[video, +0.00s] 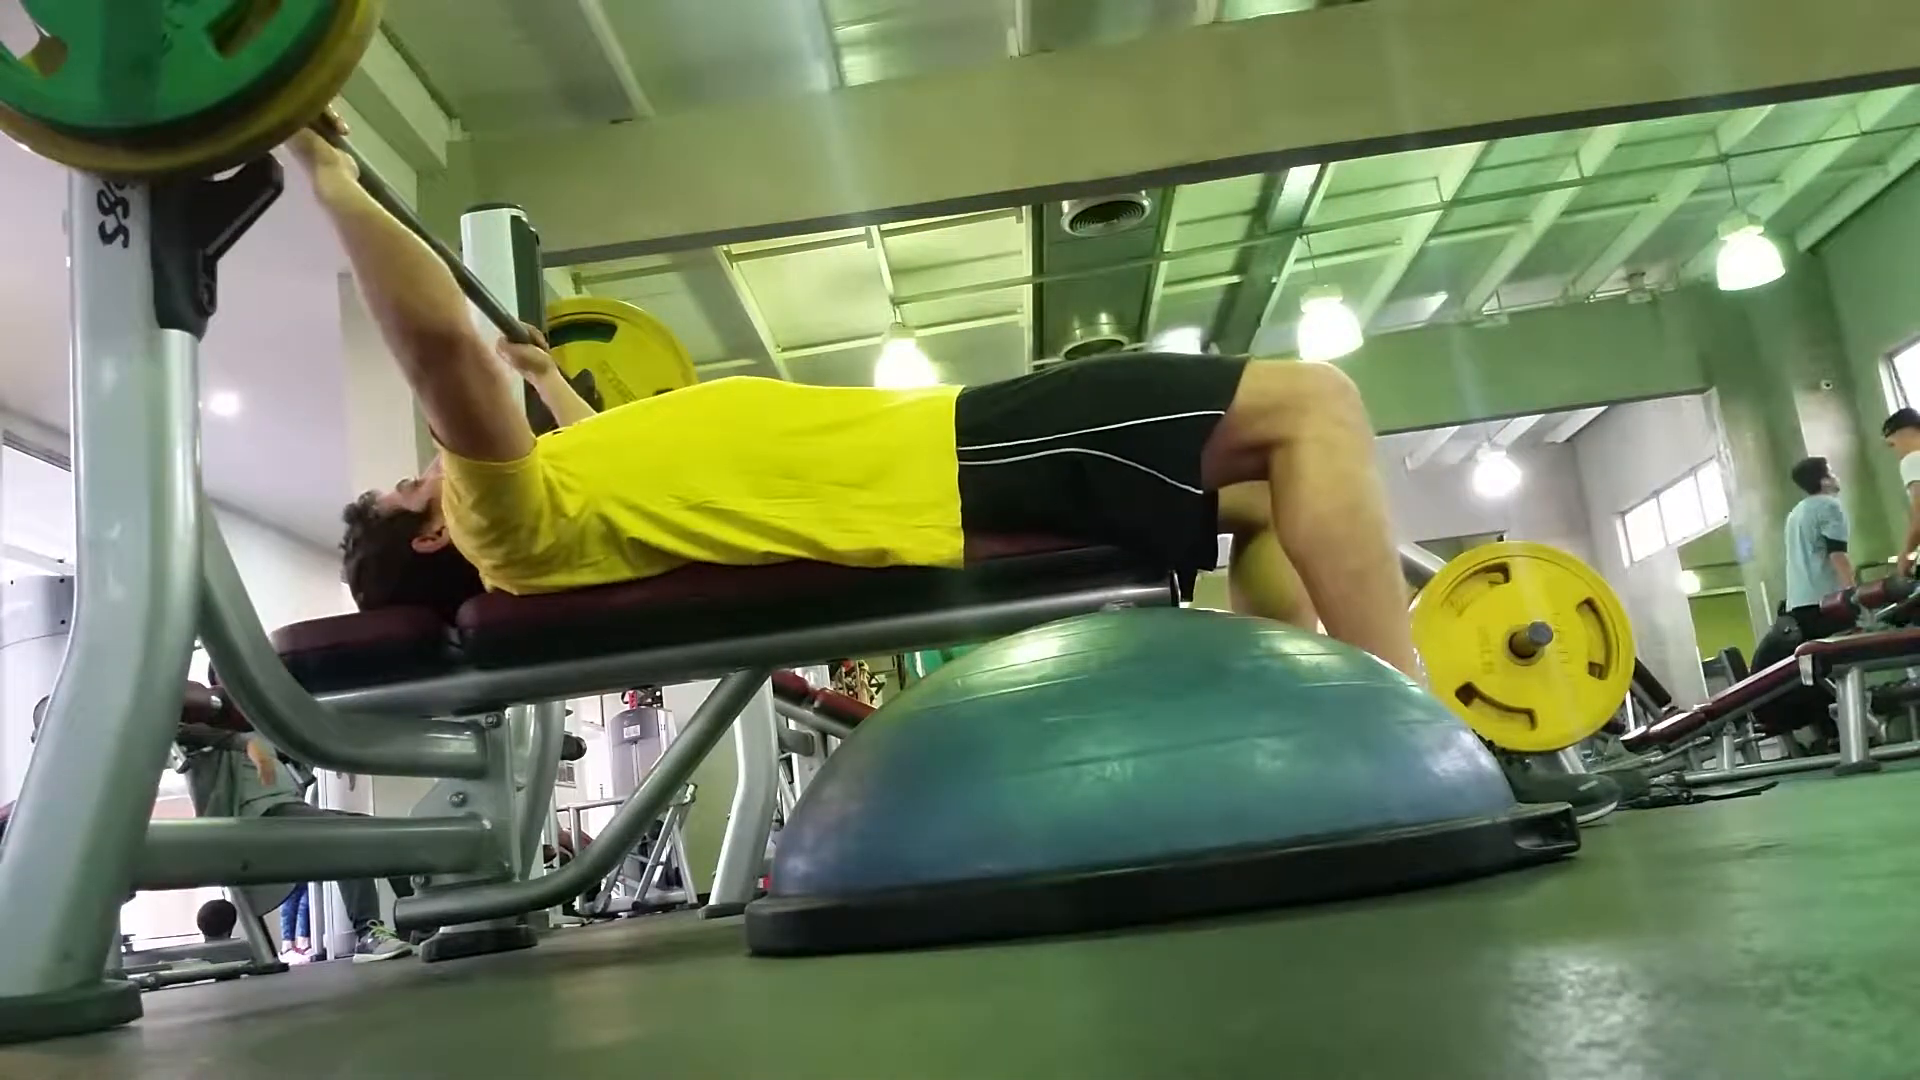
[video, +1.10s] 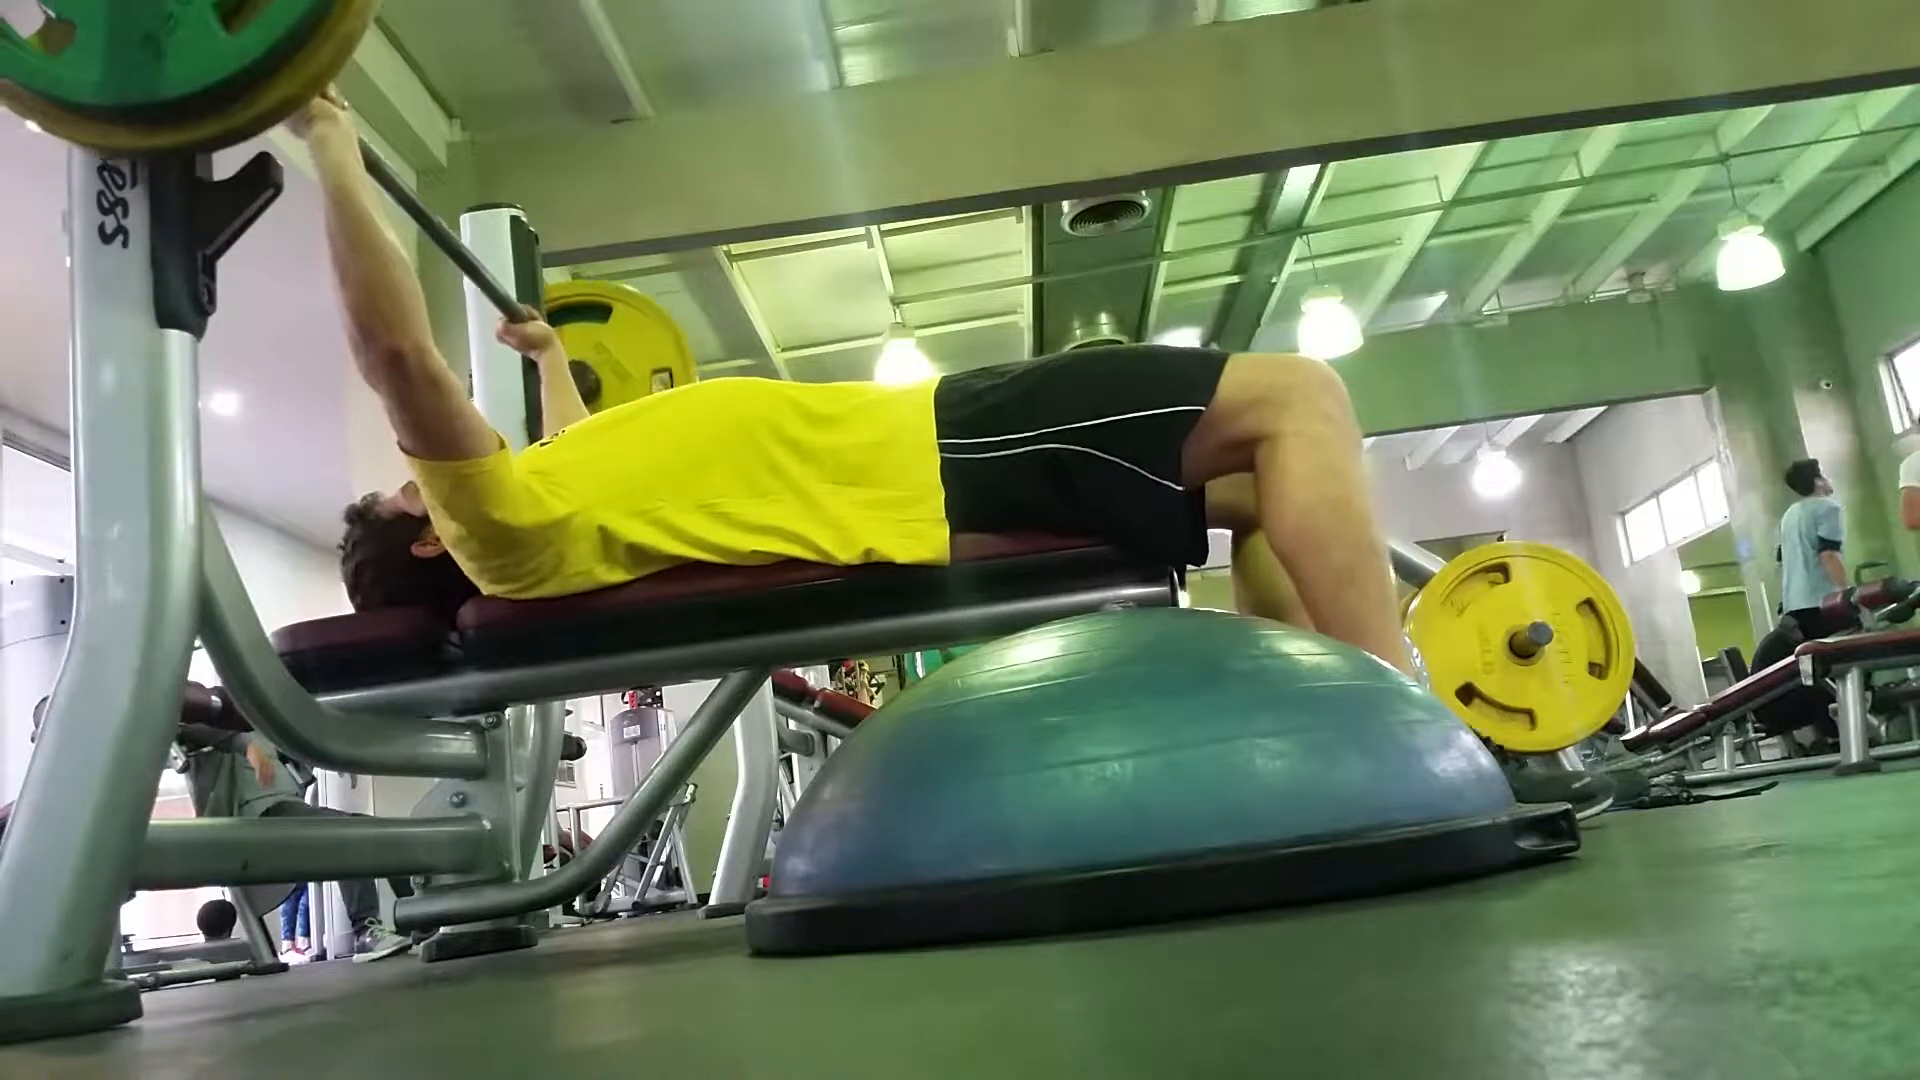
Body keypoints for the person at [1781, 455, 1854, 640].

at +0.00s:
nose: (1835, 476)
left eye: (1831, 471)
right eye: (1830, 472)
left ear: (1808, 485)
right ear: (1823, 480)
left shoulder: (1795, 513)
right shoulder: (1829, 505)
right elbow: (1837, 555)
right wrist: (1854, 596)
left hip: (1798, 605)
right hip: (1827, 603)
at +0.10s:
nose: (1835, 473)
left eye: (1830, 469)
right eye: (1829, 470)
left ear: (1806, 483)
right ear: (1822, 478)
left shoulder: (1793, 509)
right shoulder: (1833, 504)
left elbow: (1785, 549)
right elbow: (1838, 550)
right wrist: (1851, 592)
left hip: (1799, 602)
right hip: (1829, 599)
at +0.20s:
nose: (1833, 472)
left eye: (1829, 467)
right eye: (1828, 469)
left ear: (1803, 482)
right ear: (1822, 477)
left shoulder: (1789, 511)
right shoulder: (1833, 502)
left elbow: (1775, 557)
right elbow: (1828, 545)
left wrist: (1790, 588)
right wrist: (1851, 586)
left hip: (1798, 601)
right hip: (1827, 598)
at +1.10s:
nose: (1827, 478)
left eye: (1823, 473)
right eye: (1822, 474)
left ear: (1801, 488)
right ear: (1817, 481)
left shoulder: (1788, 515)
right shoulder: (1828, 507)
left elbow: (1781, 557)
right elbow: (1829, 555)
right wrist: (1848, 595)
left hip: (1794, 608)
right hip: (1826, 605)